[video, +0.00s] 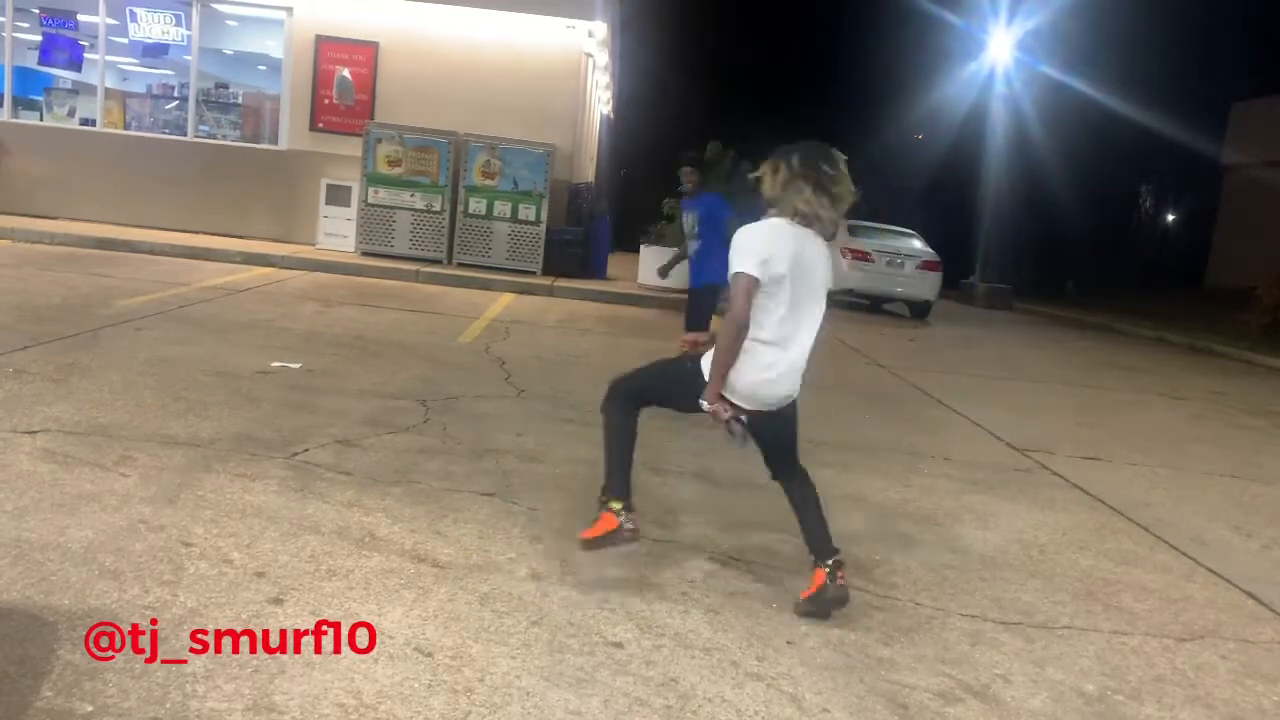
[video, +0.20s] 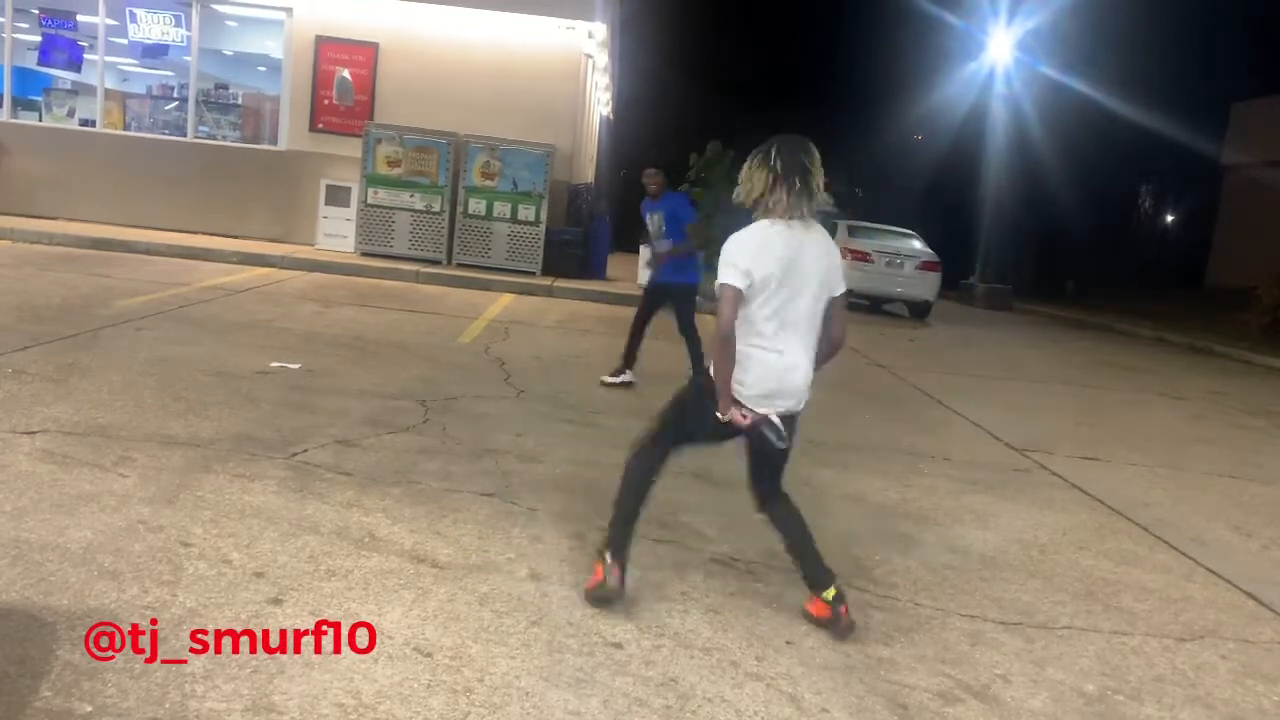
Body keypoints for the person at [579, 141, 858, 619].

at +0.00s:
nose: (765, 184)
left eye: (771, 178)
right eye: (769, 177)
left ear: (779, 183)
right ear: (826, 194)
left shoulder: (755, 236)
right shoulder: (820, 251)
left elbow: (739, 317)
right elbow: (790, 324)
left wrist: (716, 387)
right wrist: (715, 339)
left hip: (726, 376)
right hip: (778, 390)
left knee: (622, 393)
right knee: (789, 470)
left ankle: (616, 508)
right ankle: (829, 568)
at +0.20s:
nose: (750, 186)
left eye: (755, 178)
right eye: (754, 178)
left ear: (766, 181)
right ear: (813, 184)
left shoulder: (745, 242)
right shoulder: (826, 247)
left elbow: (725, 327)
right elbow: (836, 335)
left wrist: (724, 393)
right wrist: (798, 370)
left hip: (732, 384)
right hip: (787, 392)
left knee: (652, 447)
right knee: (770, 492)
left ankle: (613, 563)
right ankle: (827, 591)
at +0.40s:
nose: (749, 206)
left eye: (756, 198)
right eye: (752, 196)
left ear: (773, 205)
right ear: (809, 205)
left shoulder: (757, 259)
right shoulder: (837, 243)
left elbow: (706, 329)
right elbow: (885, 297)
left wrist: (725, 404)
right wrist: (849, 362)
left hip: (762, 388)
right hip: (818, 400)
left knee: (676, 397)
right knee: (783, 471)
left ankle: (641, 483)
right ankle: (848, 568)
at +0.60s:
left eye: (762, 188)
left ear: (765, 192)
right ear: (822, 194)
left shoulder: (736, 247)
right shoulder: (837, 242)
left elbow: (700, 324)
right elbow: (873, 304)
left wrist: (714, 399)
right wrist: (848, 385)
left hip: (739, 402)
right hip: (800, 405)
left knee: (728, 485)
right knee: (806, 483)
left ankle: (692, 568)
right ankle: (849, 583)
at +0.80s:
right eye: (809, 186)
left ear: (752, 184)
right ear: (806, 188)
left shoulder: (715, 234)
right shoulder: (813, 242)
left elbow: (673, 298)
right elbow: (828, 309)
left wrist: (675, 377)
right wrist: (804, 387)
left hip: (713, 395)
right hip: (773, 398)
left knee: (733, 493)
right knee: (785, 481)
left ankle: (689, 589)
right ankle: (788, 566)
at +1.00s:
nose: (719, 166)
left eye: (724, 158)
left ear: (729, 164)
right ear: (784, 168)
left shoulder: (698, 211)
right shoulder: (793, 213)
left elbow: (636, 240)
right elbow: (811, 262)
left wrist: (645, 322)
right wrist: (789, 340)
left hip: (681, 380)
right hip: (751, 388)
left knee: (619, 447)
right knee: (800, 468)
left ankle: (629, 556)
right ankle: (818, 584)